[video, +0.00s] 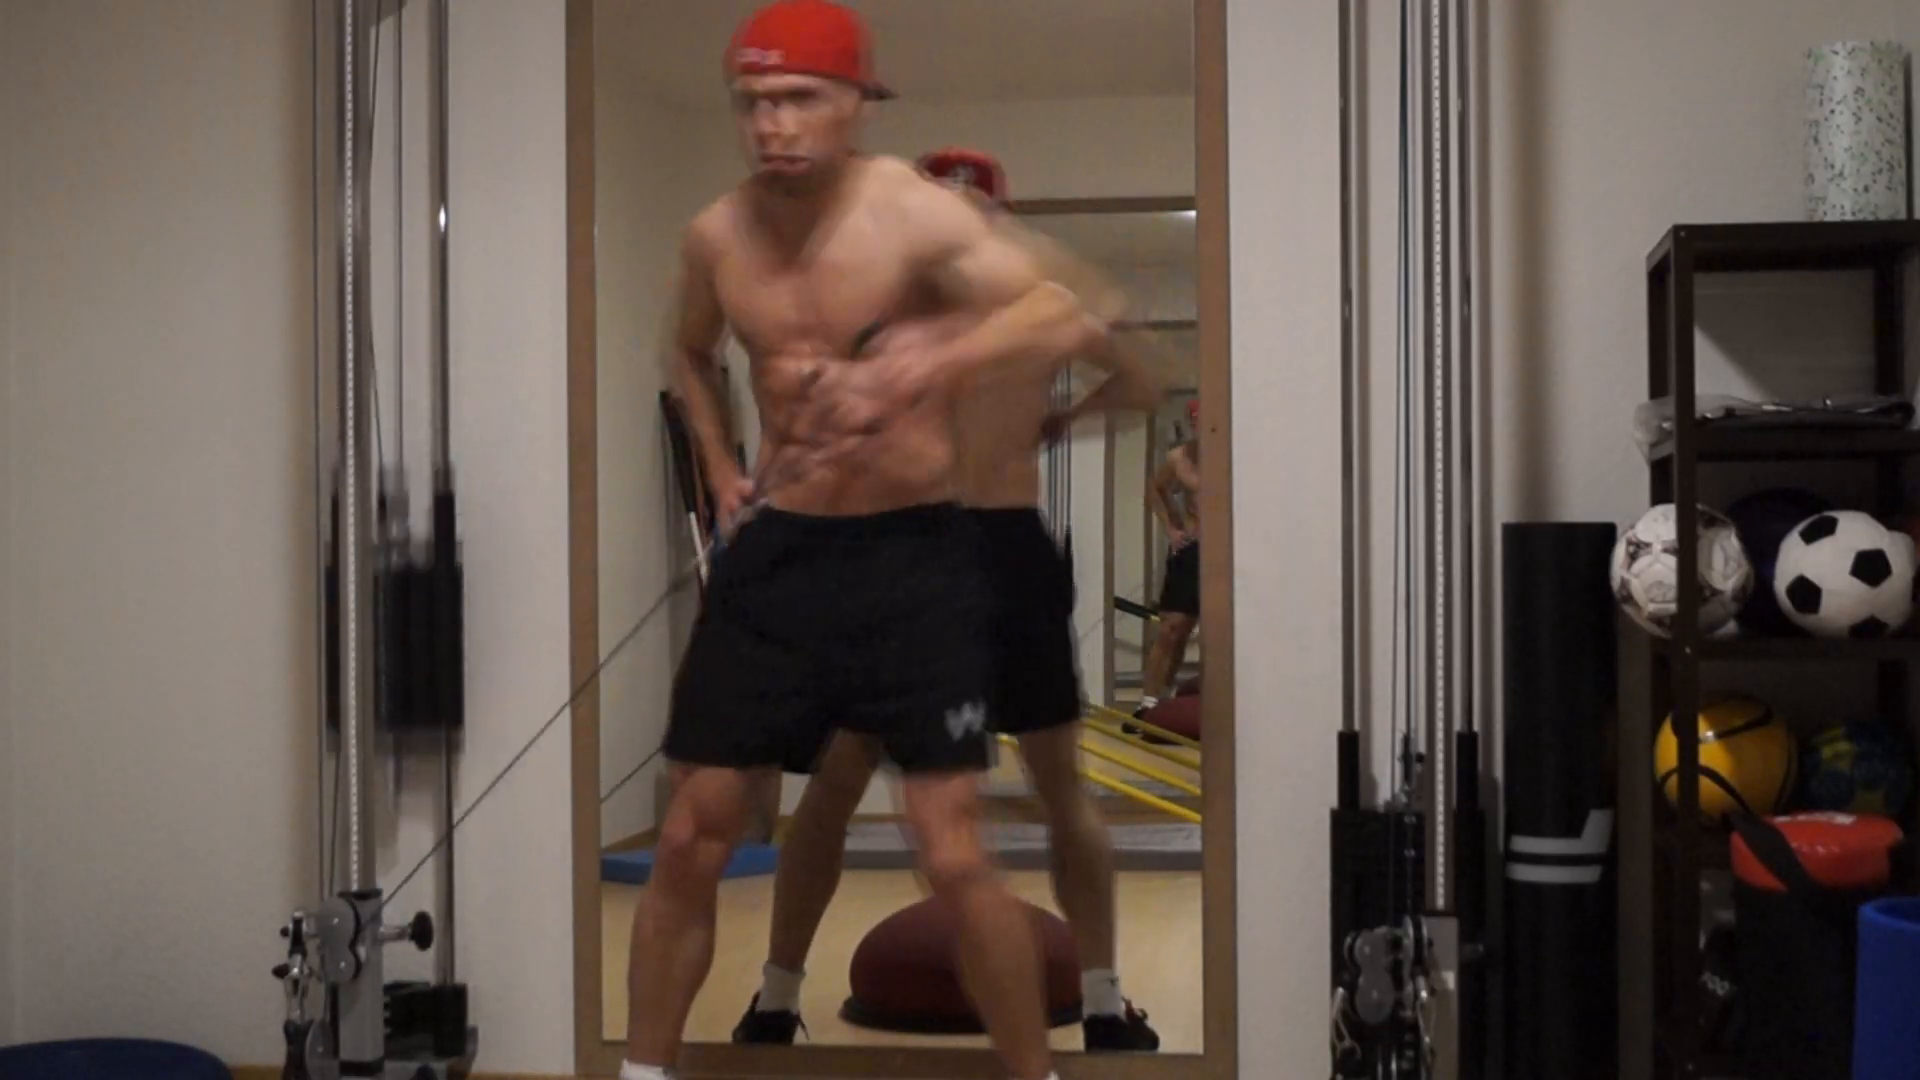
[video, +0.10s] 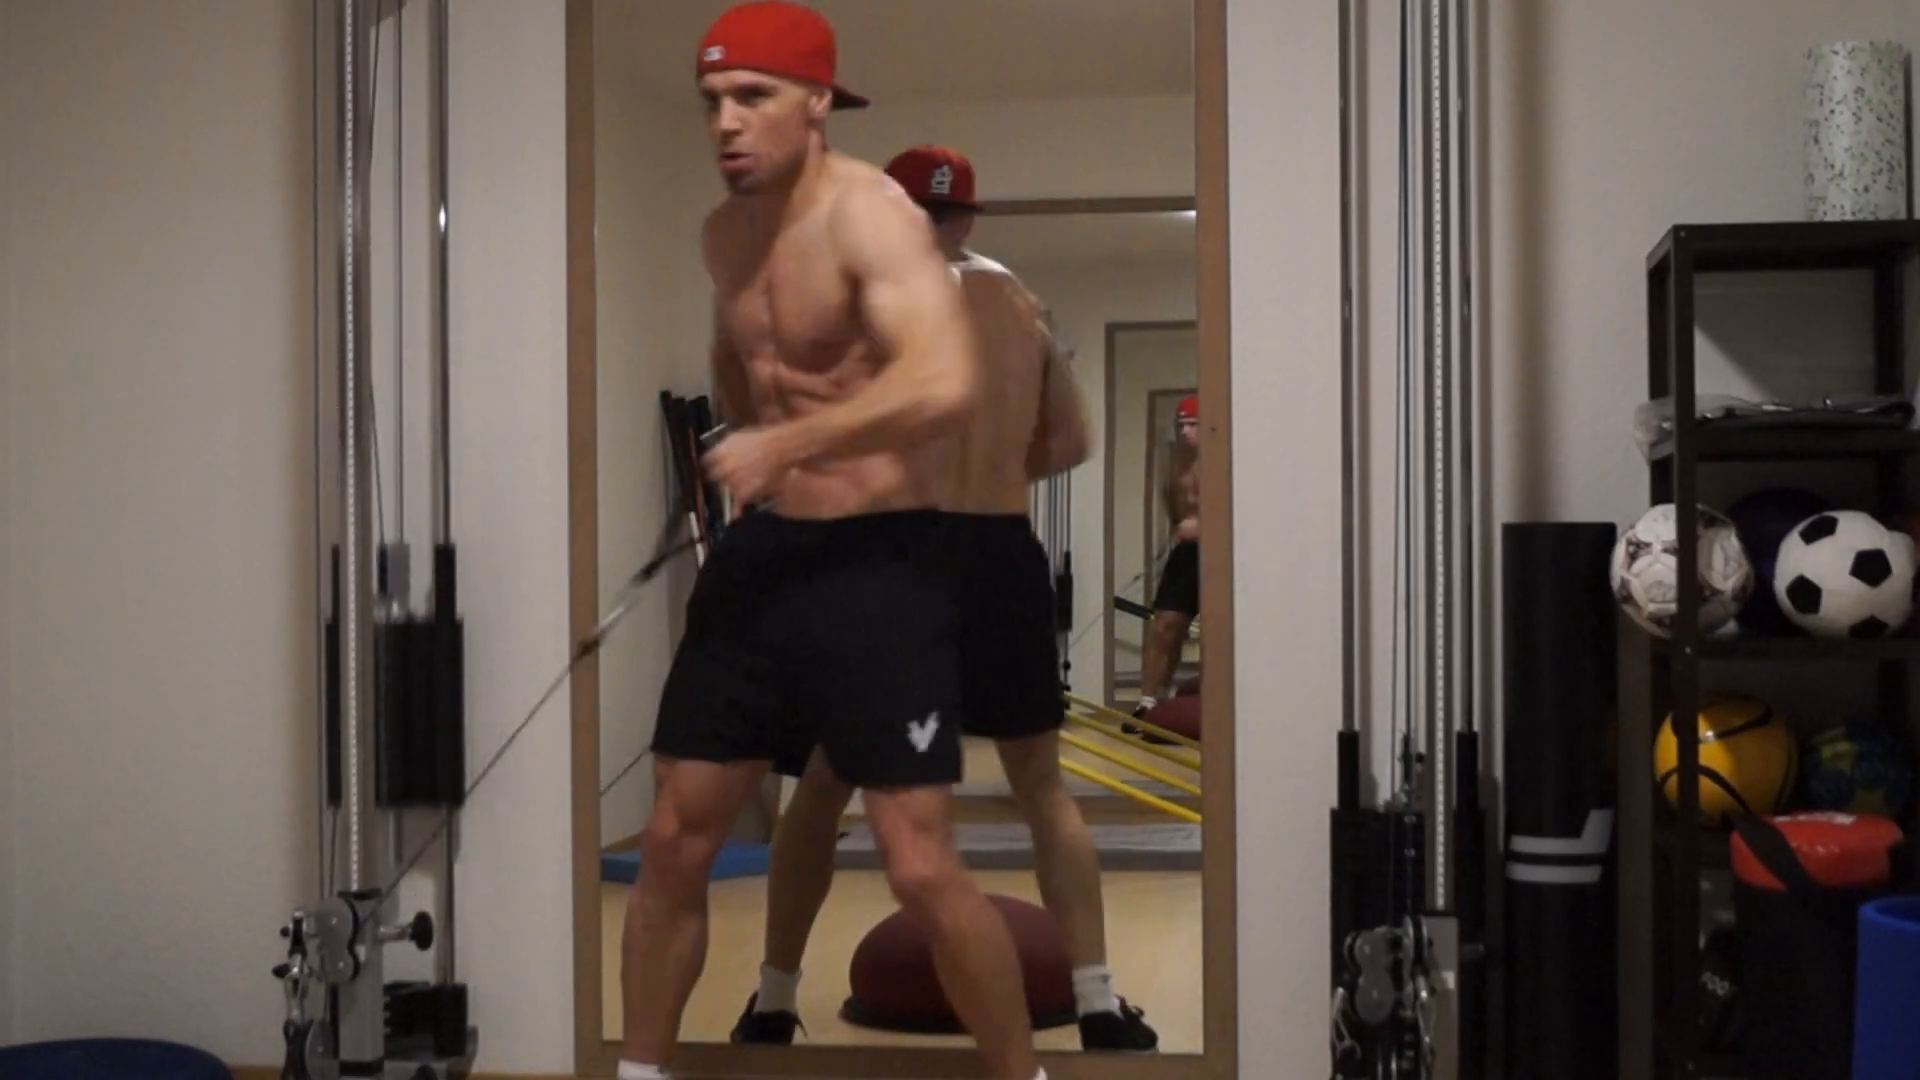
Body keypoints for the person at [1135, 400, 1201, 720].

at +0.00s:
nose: (1203, 424)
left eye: (1207, 417)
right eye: (1198, 417)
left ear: (1216, 421)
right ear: (1192, 420)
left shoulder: (1226, 457)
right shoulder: (1180, 457)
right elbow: (1155, 489)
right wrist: (1171, 528)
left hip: (1218, 548)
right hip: (1190, 546)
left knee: (1185, 628)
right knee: (1173, 625)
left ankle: (1164, 694)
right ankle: (1150, 698)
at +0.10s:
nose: (1187, 432)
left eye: (1192, 424)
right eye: (1182, 426)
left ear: (1207, 427)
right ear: (1178, 430)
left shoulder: (1218, 464)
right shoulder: (1177, 467)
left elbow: (1227, 507)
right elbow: (1173, 503)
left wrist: (1201, 523)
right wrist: (1180, 526)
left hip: (1215, 546)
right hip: (1186, 545)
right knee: (1166, 624)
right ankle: (1149, 698)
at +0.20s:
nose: (1179, 432)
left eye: (1186, 425)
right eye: (1176, 426)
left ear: (1203, 426)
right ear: (1175, 430)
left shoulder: (1207, 460)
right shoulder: (1188, 461)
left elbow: (1206, 516)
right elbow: (1195, 514)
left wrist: (1167, 538)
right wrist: (1176, 540)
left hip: (1206, 551)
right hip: (1188, 550)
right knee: (1164, 626)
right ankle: (1150, 700)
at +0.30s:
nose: (1178, 434)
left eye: (1184, 427)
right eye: (1175, 428)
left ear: (1202, 428)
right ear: (1175, 431)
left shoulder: (1203, 463)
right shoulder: (1198, 462)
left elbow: (1188, 522)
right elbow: (1189, 522)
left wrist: (1150, 549)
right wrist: (1159, 551)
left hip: (1194, 552)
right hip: (1191, 550)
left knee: (1164, 624)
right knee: (1168, 625)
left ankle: (1148, 700)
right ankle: (1157, 696)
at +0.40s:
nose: (1182, 438)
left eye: (1188, 431)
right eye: (1180, 431)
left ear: (1206, 433)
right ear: (1182, 436)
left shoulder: (1207, 470)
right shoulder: (1199, 468)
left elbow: (1181, 525)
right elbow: (1185, 527)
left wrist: (1142, 556)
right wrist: (1157, 557)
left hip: (1205, 555)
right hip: (1194, 554)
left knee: (1166, 624)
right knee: (1166, 624)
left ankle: (1149, 700)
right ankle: (1152, 699)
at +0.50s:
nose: (1192, 436)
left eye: (1198, 429)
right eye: (1191, 430)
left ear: (1213, 430)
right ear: (1193, 433)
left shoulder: (1224, 461)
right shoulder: (1204, 458)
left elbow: (1207, 520)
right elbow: (1201, 516)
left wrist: (1165, 549)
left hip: (1221, 546)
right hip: (1198, 546)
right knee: (1167, 626)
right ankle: (1148, 699)